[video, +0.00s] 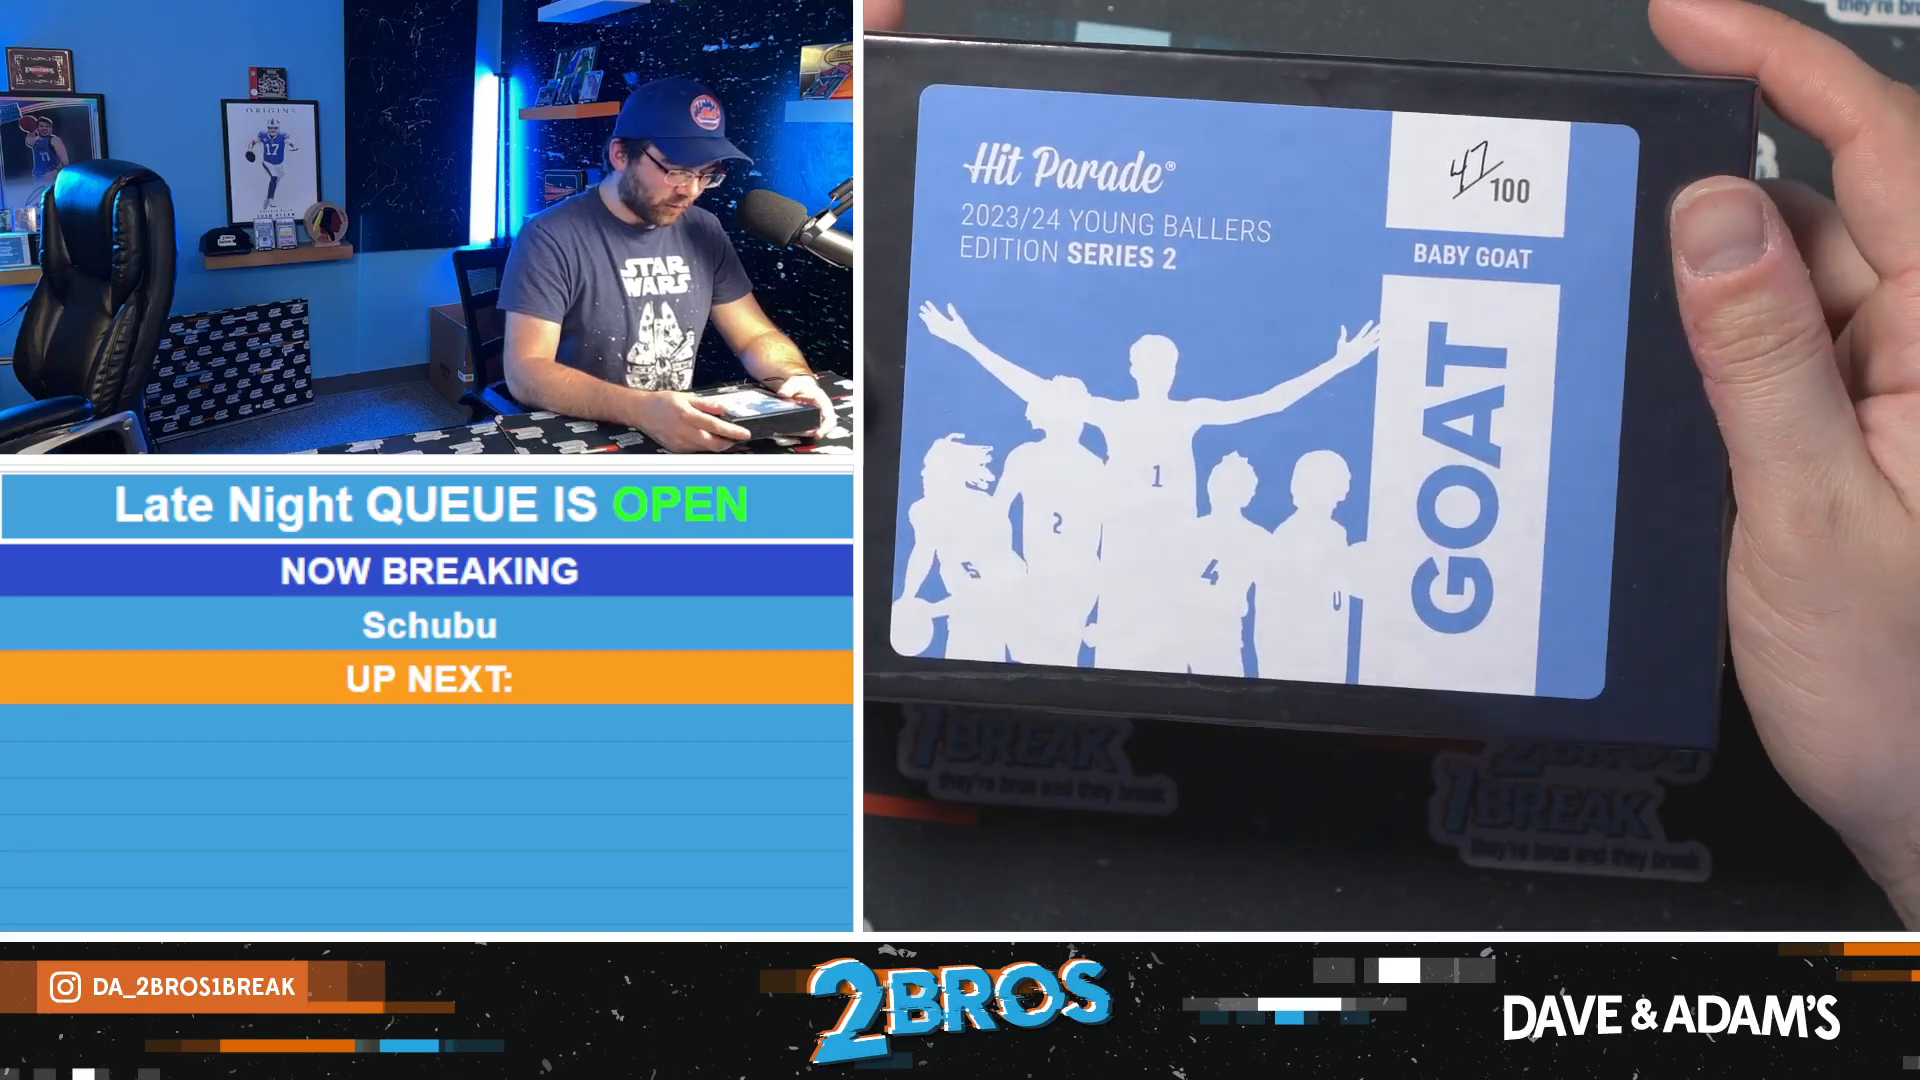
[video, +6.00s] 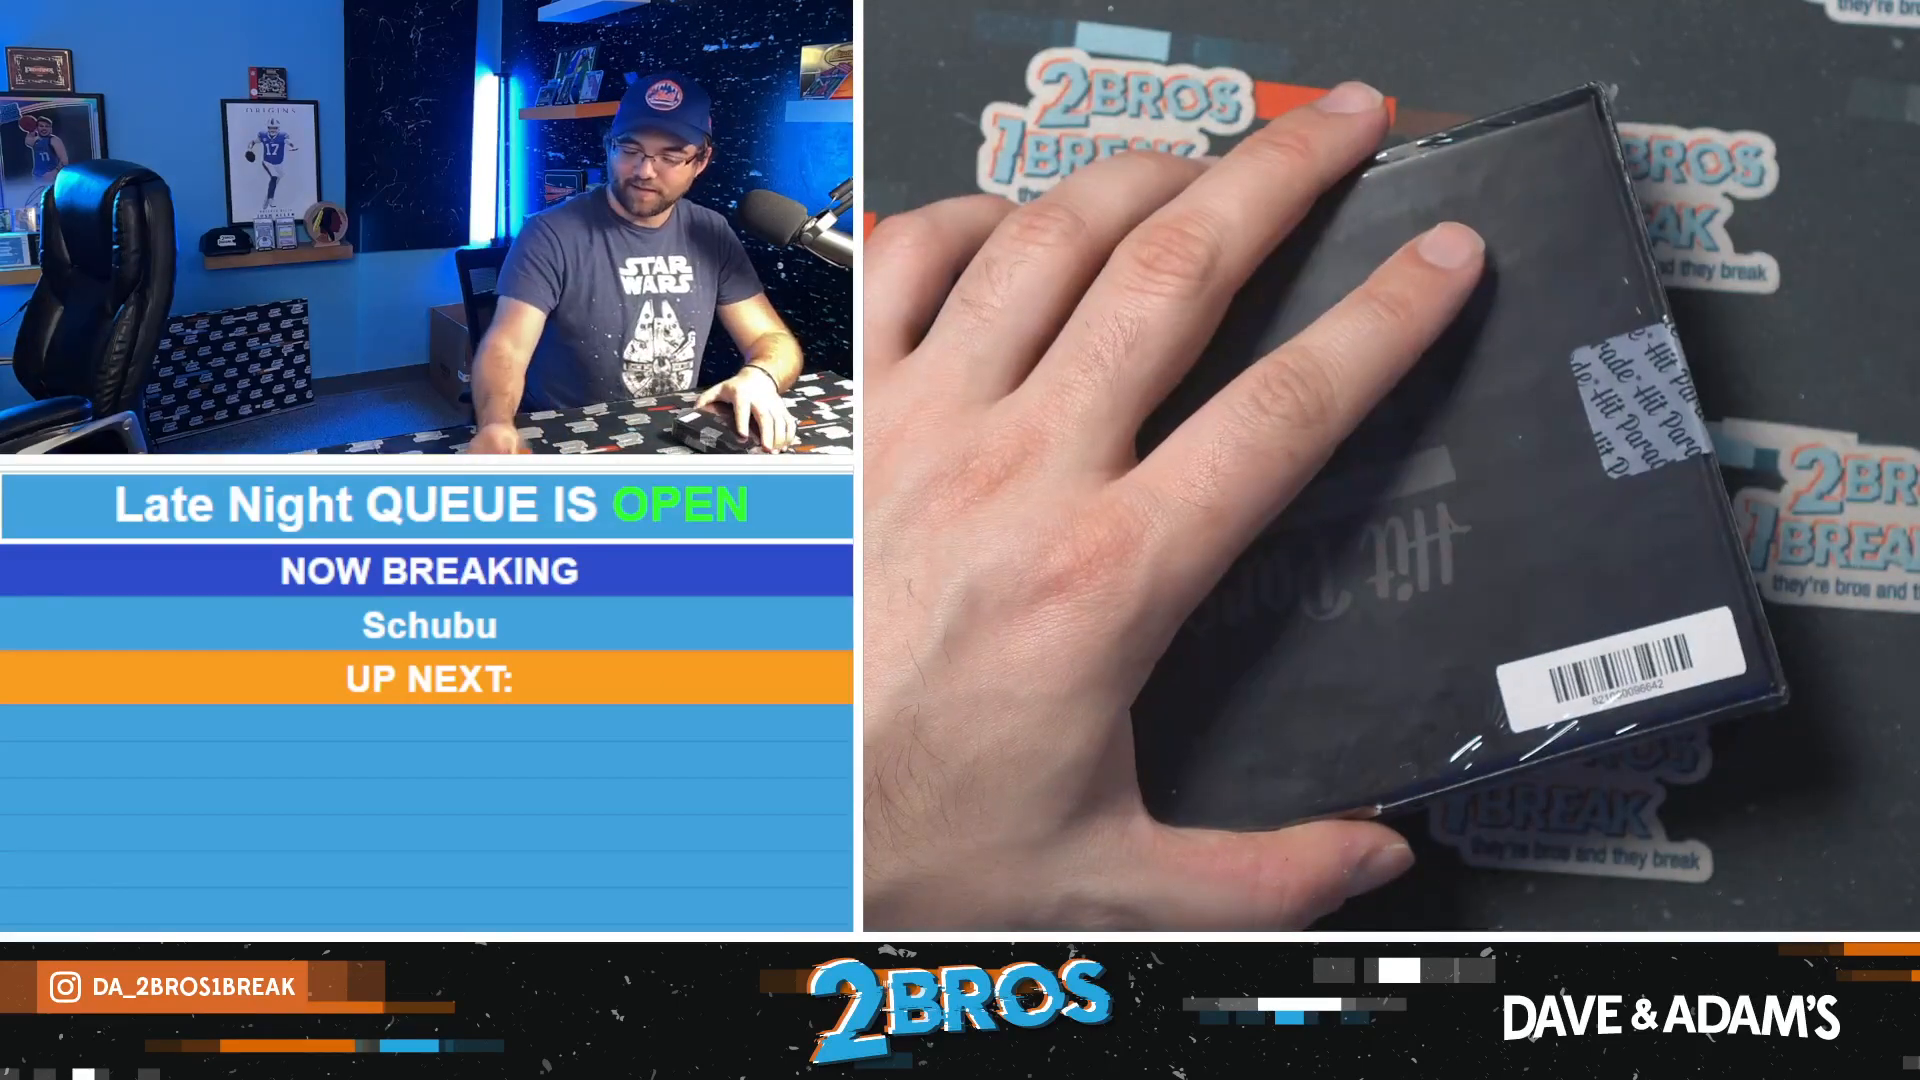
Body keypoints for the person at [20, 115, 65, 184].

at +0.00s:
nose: (44, 128)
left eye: (47, 126)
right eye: (41, 126)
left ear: (50, 128)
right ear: (37, 128)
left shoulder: (55, 140)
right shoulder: (35, 140)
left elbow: (64, 160)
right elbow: (28, 142)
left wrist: (54, 173)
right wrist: (31, 132)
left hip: (51, 177)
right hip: (37, 176)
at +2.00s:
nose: (44, 128)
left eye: (47, 126)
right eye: (41, 126)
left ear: (50, 128)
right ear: (37, 128)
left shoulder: (55, 140)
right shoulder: (35, 140)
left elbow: (64, 160)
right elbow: (28, 142)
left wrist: (54, 173)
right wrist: (31, 132)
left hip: (51, 177)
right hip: (37, 176)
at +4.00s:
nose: (44, 128)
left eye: (47, 126)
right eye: (41, 126)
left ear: (51, 128)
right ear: (37, 128)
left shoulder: (54, 140)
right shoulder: (35, 140)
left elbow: (64, 160)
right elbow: (28, 142)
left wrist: (54, 173)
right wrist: (31, 133)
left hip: (50, 177)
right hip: (37, 176)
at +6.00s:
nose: (44, 128)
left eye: (47, 126)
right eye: (41, 126)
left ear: (50, 128)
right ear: (37, 128)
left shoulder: (54, 140)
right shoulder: (35, 140)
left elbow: (64, 160)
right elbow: (28, 141)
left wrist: (53, 173)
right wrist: (30, 132)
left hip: (50, 177)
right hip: (37, 176)